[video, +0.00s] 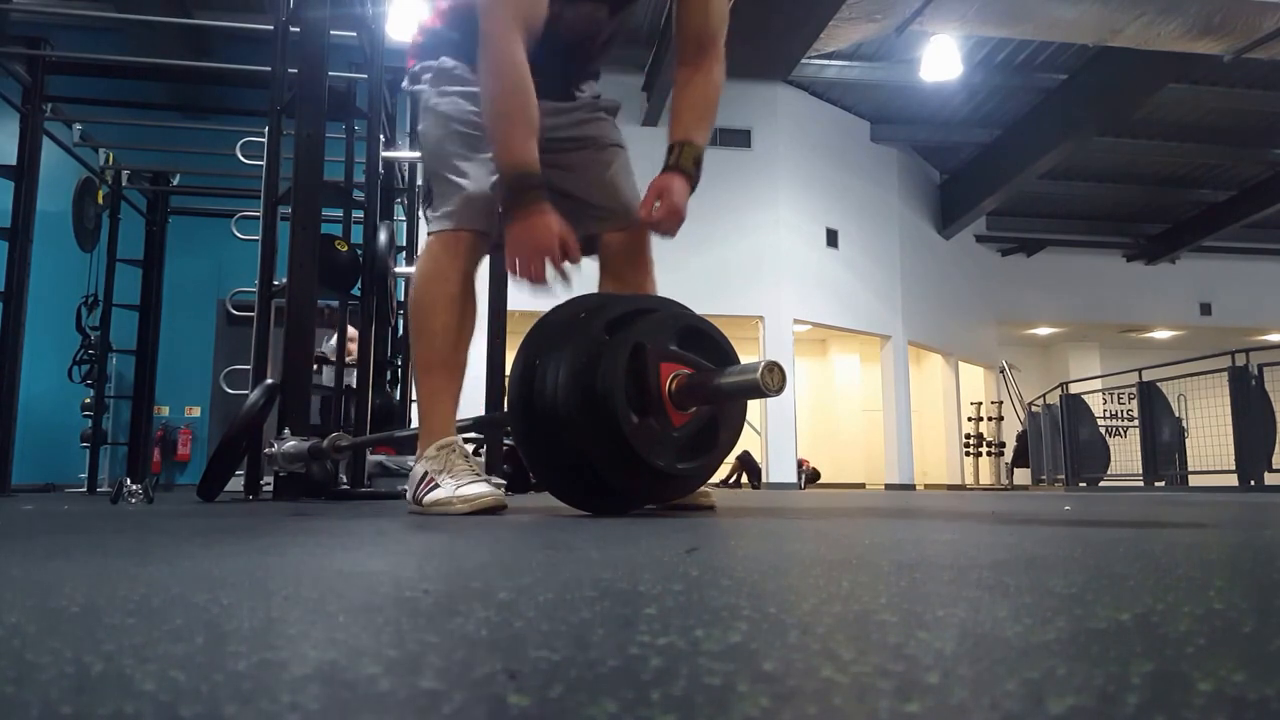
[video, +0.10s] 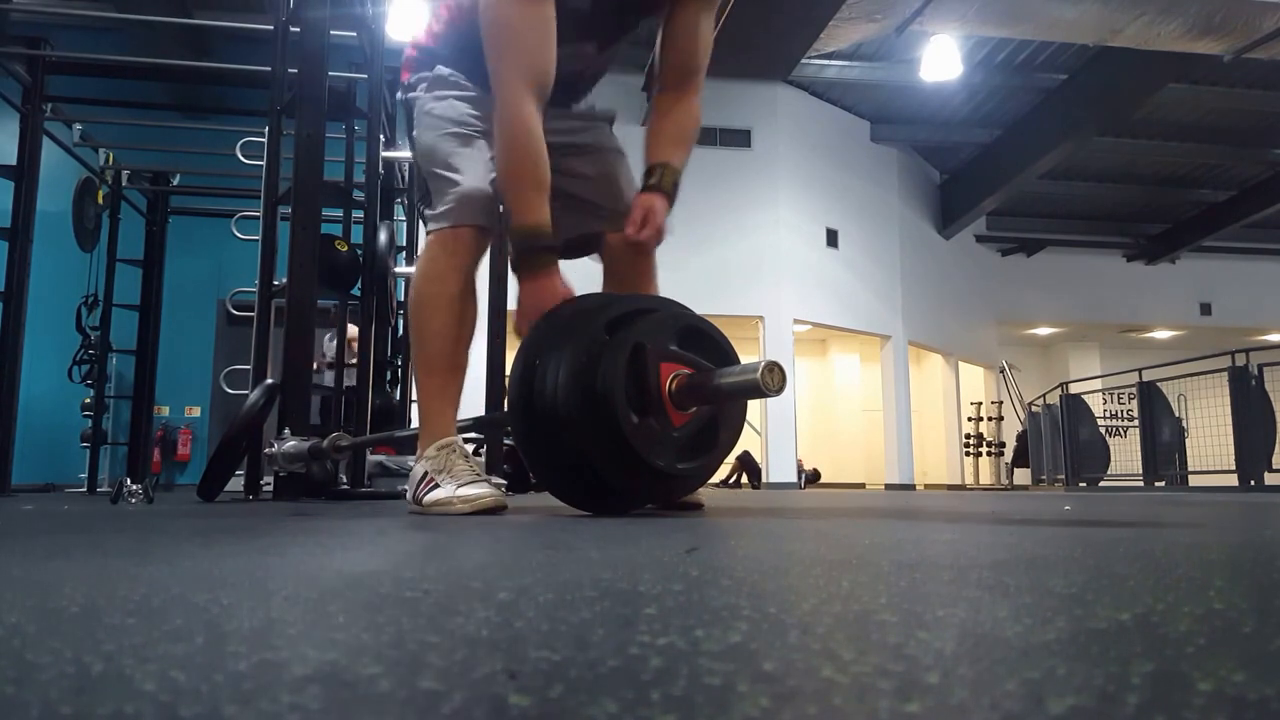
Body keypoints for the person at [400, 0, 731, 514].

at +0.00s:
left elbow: (702, 54)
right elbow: (502, 34)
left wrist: (681, 167)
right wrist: (524, 195)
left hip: (566, 84)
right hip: (463, 65)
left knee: (627, 232)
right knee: (463, 223)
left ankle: (648, 456)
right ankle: (437, 453)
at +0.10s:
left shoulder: (700, 3)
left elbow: (680, 86)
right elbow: (518, 94)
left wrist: (659, 186)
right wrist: (538, 270)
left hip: (565, 99)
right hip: (460, 77)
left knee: (631, 235)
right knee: (468, 208)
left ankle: (646, 454)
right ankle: (438, 452)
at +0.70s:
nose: (722, 7)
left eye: (732, 3)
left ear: (740, 3)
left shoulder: (729, 29)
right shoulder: (558, 11)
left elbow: (672, 155)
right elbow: (533, 174)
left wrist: (635, 215)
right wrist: (558, 325)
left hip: (579, 122)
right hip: (471, 97)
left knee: (650, 238)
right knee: (490, 208)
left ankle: (647, 454)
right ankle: (439, 453)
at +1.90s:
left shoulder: (723, 5)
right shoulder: (535, 2)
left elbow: (707, 135)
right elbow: (516, 100)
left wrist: (684, 268)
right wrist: (547, 270)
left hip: (576, 107)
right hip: (473, 76)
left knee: (631, 241)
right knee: (496, 225)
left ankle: (630, 463)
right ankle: (456, 449)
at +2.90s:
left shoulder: (734, 42)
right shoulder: (565, 5)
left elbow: (695, 183)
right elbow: (539, 156)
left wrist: (661, 321)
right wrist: (567, 321)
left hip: (584, 126)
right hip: (476, 93)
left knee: (657, 243)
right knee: (491, 203)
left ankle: (652, 458)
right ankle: (462, 449)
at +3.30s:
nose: (728, 86)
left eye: (749, 74)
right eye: (720, 59)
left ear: (766, 64)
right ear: (683, 10)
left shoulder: (729, 122)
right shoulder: (566, 42)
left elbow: (683, 252)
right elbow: (530, 218)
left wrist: (654, 384)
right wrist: (570, 362)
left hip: (581, 152)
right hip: (477, 112)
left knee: (673, 240)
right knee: (480, 206)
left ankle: (656, 446)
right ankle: (461, 452)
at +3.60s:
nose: (725, 118)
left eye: (746, 104)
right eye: (715, 89)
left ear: (765, 91)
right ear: (677, 40)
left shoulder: (727, 152)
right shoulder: (566, 69)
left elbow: (688, 276)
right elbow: (520, 245)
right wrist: (577, 380)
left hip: (574, 160)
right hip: (473, 120)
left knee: (677, 248)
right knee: (472, 213)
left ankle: (656, 453)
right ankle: (461, 452)